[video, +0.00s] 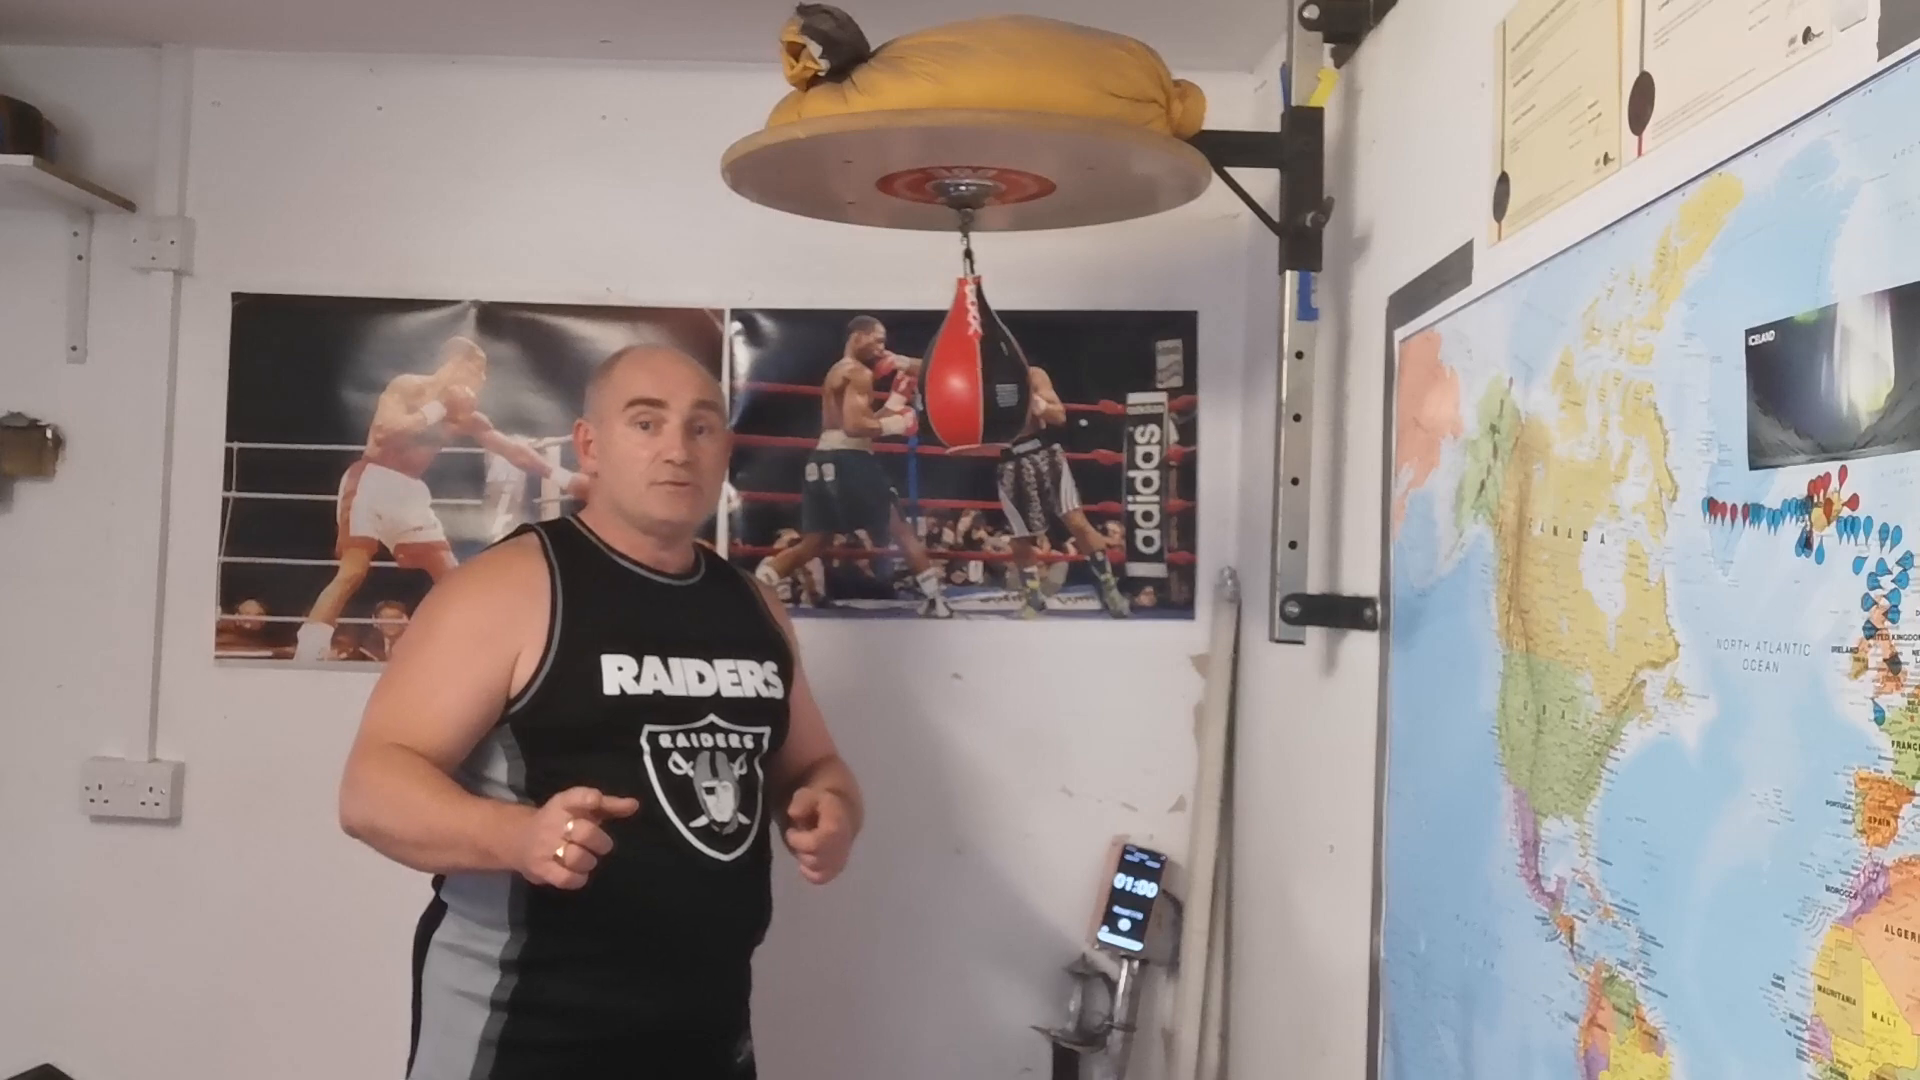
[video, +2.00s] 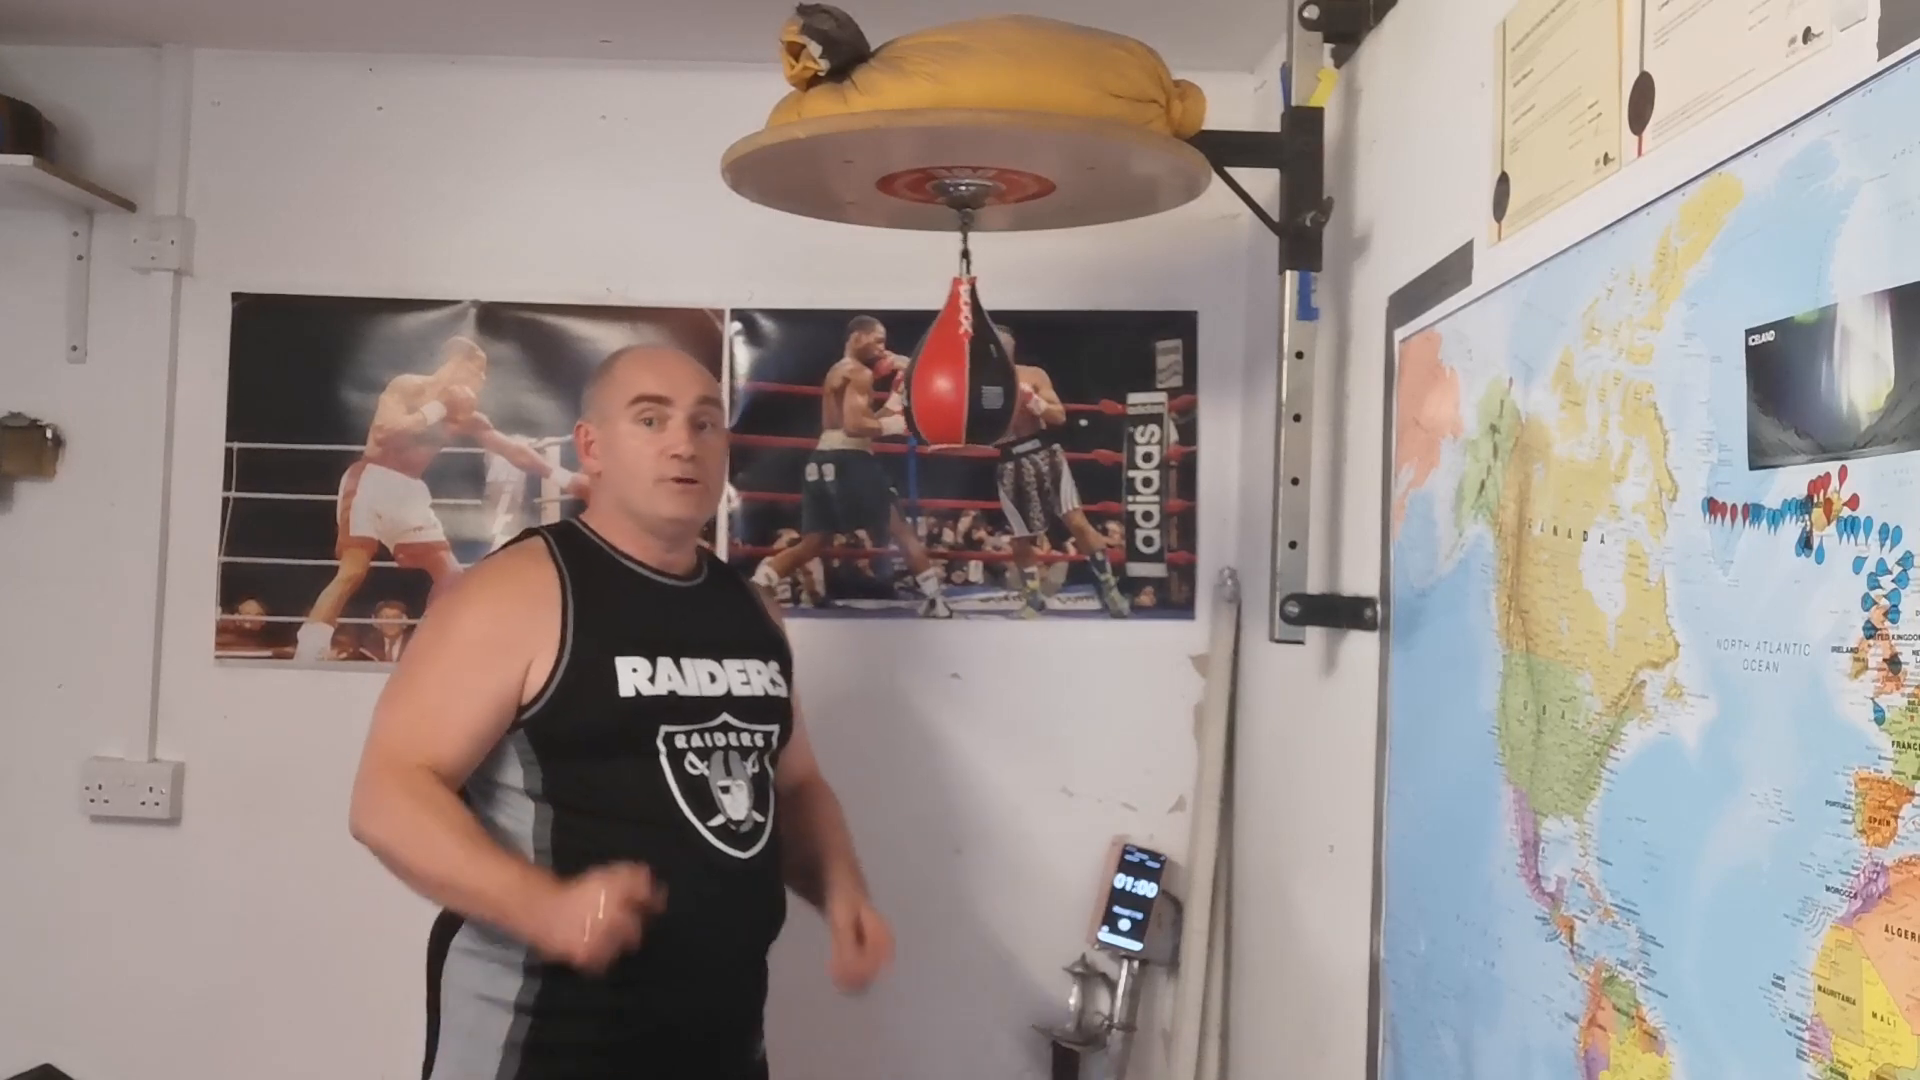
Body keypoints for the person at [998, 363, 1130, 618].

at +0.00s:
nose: (1001, 359)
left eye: (1004, 352)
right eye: (994, 356)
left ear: (1013, 352)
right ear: (987, 362)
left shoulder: (1034, 376)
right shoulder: (982, 387)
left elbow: (1059, 416)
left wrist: (1043, 408)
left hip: (1047, 456)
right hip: (1011, 465)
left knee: (1076, 522)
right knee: (1021, 536)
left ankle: (1110, 590)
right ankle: (1032, 599)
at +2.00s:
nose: (999, 356)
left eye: (1002, 349)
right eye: (993, 351)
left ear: (1012, 349)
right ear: (986, 354)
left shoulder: (1035, 375)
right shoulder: (982, 384)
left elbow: (1059, 416)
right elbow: (977, 426)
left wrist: (1038, 405)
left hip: (1046, 456)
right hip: (1011, 464)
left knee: (1075, 522)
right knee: (1022, 538)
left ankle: (1108, 588)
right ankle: (1033, 599)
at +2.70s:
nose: (1006, 359)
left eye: (1008, 352)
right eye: (997, 356)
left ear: (1016, 352)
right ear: (989, 363)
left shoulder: (1035, 376)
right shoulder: (984, 386)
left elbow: (1059, 416)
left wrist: (1042, 407)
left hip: (1047, 455)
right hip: (1012, 463)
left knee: (1076, 522)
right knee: (1021, 536)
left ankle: (1109, 589)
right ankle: (1032, 599)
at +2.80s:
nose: (1003, 360)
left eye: (1005, 353)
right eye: (995, 357)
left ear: (1013, 353)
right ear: (987, 364)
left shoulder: (1034, 376)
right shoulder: (983, 388)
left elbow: (1059, 417)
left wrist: (1043, 407)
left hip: (1047, 455)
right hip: (1011, 464)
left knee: (1076, 522)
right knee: (1021, 536)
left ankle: (1109, 589)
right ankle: (1032, 598)